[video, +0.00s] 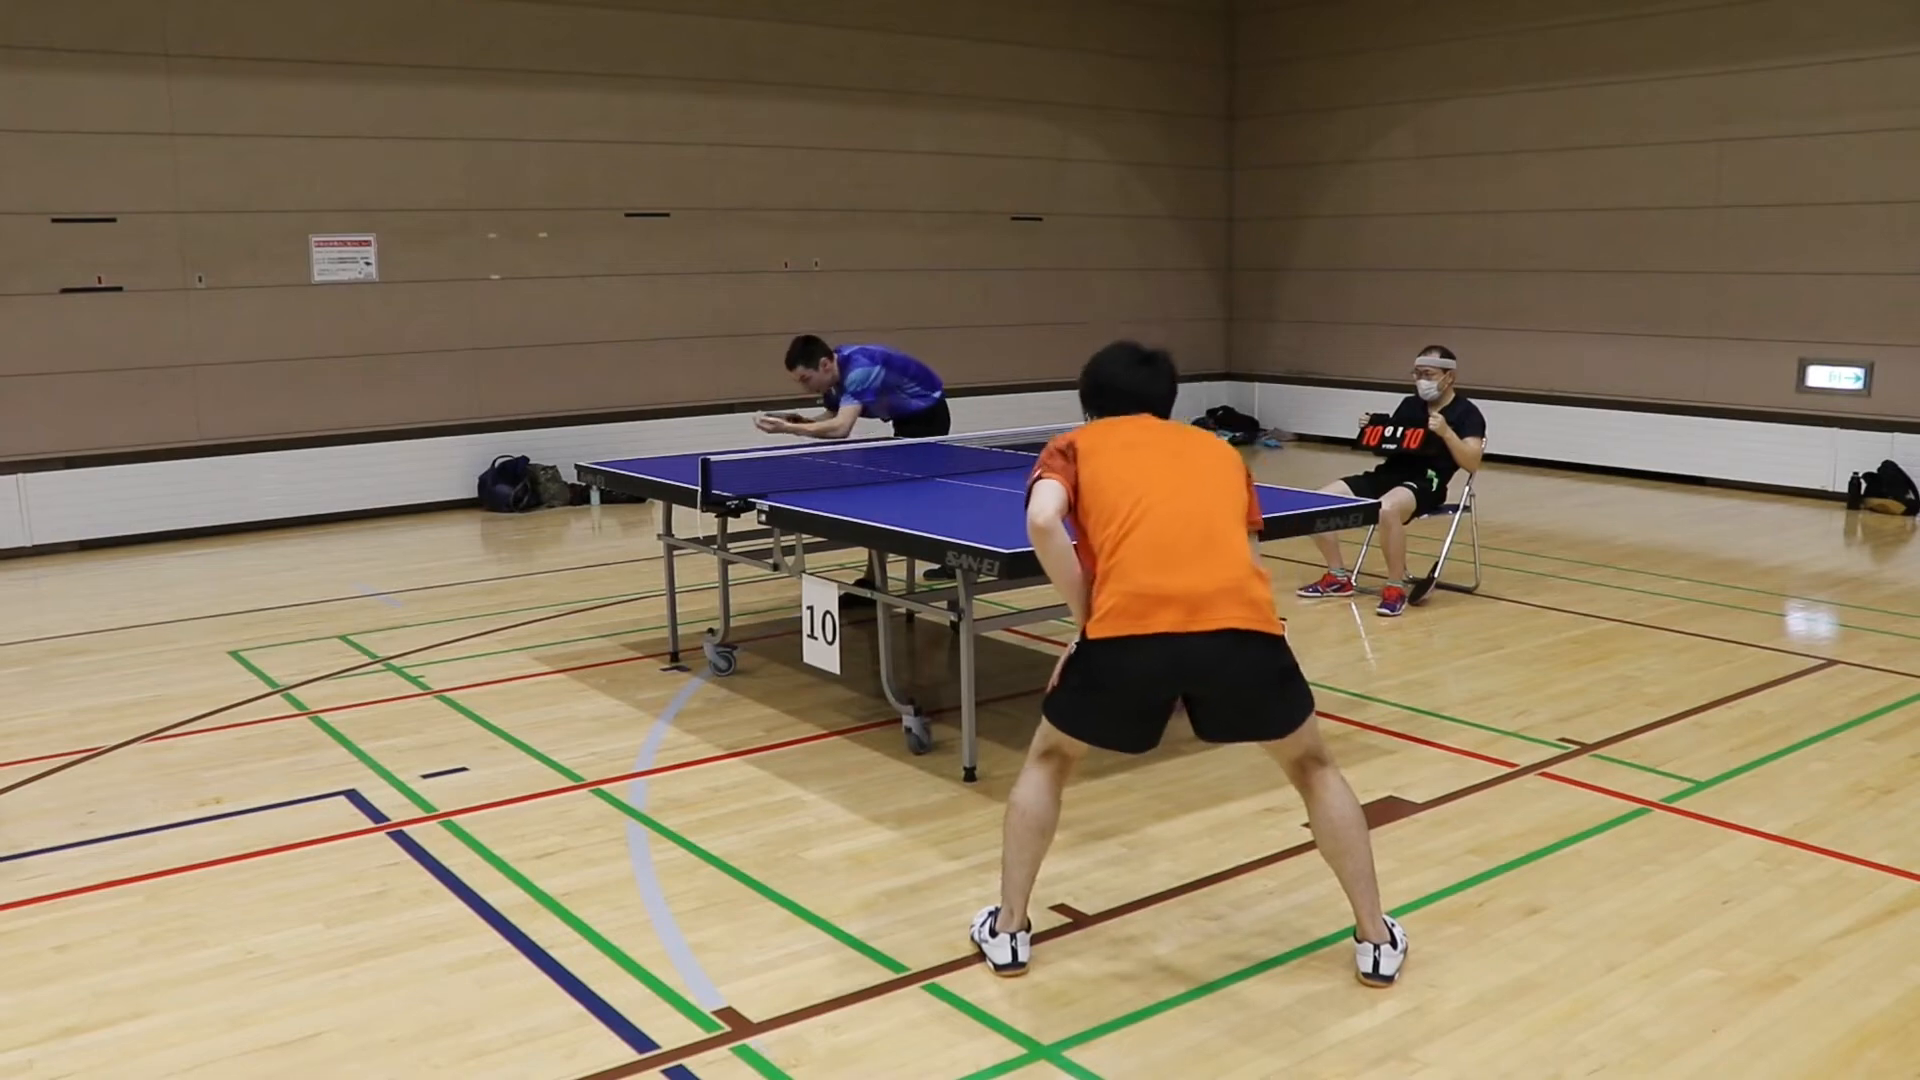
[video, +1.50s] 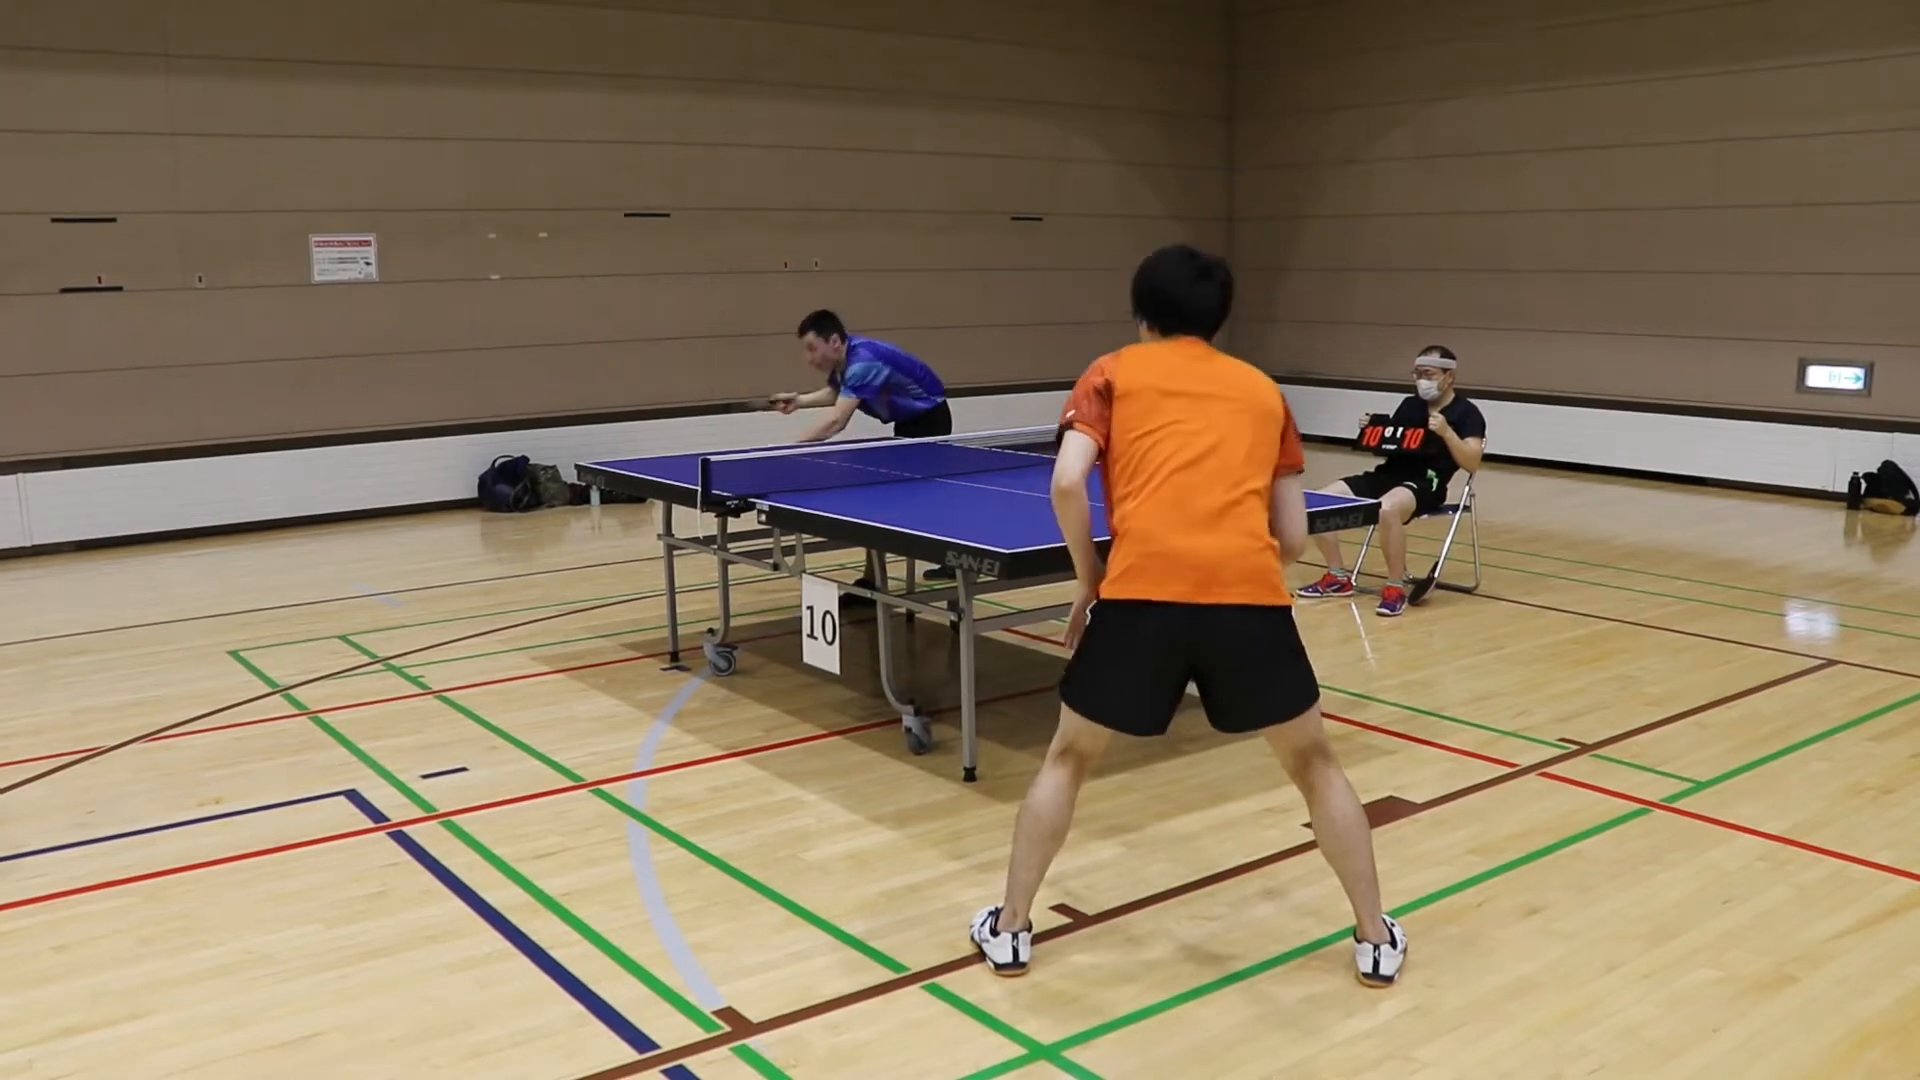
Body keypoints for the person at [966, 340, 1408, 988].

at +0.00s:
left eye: (1085, 404)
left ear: (1091, 403)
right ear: (1169, 403)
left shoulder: (1074, 445)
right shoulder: (1221, 450)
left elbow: (1043, 520)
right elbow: (1245, 543)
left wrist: (1089, 616)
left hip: (1125, 644)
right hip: (1242, 642)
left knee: (1050, 760)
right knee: (1313, 767)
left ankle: (1009, 927)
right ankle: (1376, 937)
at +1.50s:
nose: (1136, 324)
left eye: (1137, 312)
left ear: (1143, 314)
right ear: (1220, 316)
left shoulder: (1114, 372)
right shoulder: (1262, 390)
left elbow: (1066, 483)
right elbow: (1292, 537)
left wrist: (1088, 581)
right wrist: (1222, 567)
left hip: (1140, 601)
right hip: (1249, 607)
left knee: (1069, 758)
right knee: (1313, 761)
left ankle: (1011, 928)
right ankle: (1377, 937)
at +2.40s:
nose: (1116, 310)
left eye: (1118, 301)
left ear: (1124, 305)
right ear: (1194, 307)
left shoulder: (1107, 372)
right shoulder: (1239, 379)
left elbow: (1048, 485)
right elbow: (1290, 498)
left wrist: (1015, 506)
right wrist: (1226, 481)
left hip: (1147, 591)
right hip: (1246, 587)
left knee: (1072, 708)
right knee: (1289, 690)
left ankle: (1052, 874)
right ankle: (1337, 836)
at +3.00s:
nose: (1082, 384)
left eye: (1083, 373)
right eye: (1082, 373)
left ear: (1095, 374)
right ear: (1155, 369)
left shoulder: (1100, 430)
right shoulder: (1205, 427)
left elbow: (1021, 529)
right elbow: (1224, 512)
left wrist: (1007, 514)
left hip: (1168, 644)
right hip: (1248, 637)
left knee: (1015, 707)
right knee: (1250, 698)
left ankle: (987, 880)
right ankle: (1322, 824)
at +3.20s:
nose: (1014, 366)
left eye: (1015, 354)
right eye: (1015, 354)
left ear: (1027, 355)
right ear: (1090, 345)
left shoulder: (1033, 404)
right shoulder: (1133, 409)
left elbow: (944, 492)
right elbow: (1134, 523)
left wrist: (900, 471)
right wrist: (1056, 590)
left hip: (1078, 624)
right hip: (1171, 616)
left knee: (946, 691)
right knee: (1235, 716)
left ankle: (960, 865)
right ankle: (1315, 821)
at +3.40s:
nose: (977, 363)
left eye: (979, 353)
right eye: (984, 352)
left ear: (987, 359)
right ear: (1055, 355)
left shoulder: (977, 431)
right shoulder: (1104, 423)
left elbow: (913, 553)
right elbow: (1184, 479)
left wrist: (884, 562)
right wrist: (1143, 424)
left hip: (1017, 647)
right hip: (1111, 641)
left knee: (906, 739)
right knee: (1165, 748)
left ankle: (850, 900)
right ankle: (1261, 874)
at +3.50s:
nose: (1010, 346)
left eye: (1012, 337)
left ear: (1018, 344)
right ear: (1090, 342)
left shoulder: (993, 421)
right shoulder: (1134, 419)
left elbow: (922, 544)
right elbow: (1203, 517)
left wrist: (925, 542)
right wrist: (1158, 464)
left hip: (1025, 644)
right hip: (1126, 642)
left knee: (920, 743)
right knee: (1194, 749)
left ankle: (851, 901)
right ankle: (1281, 895)